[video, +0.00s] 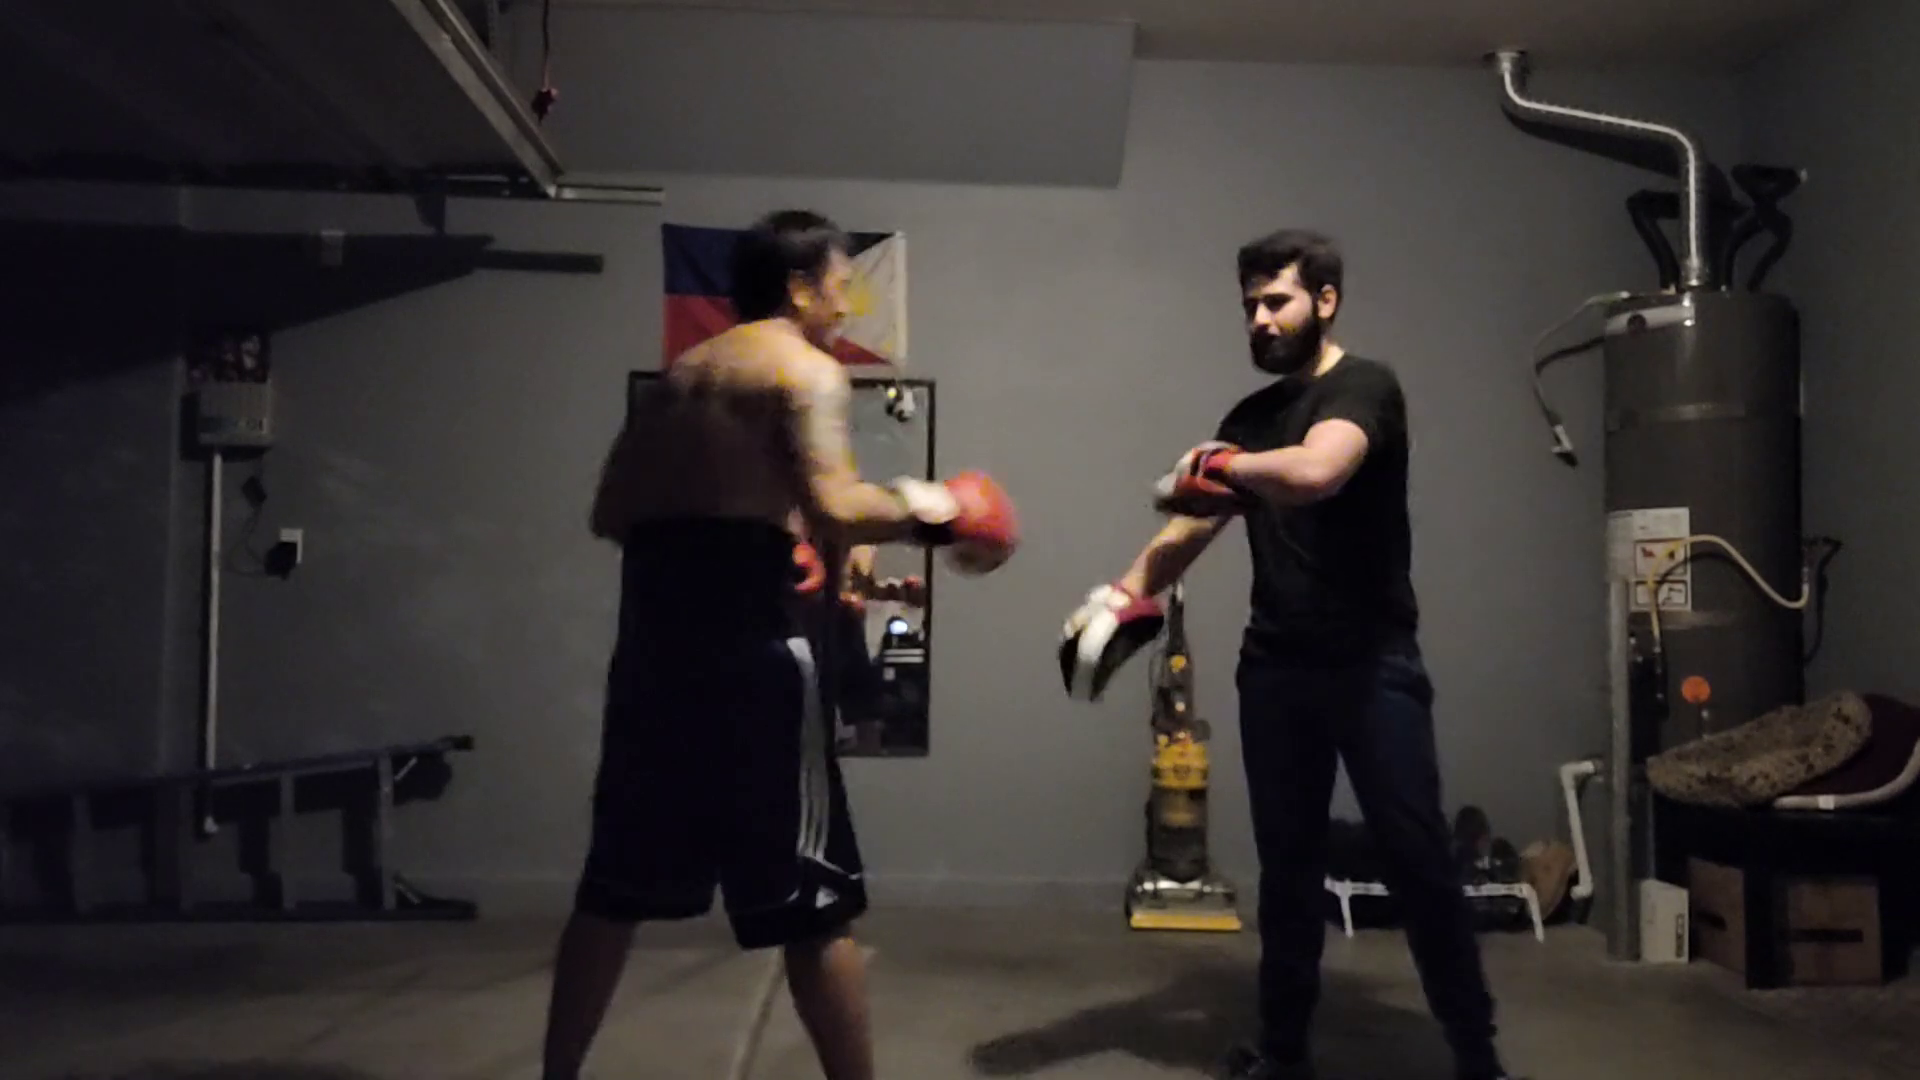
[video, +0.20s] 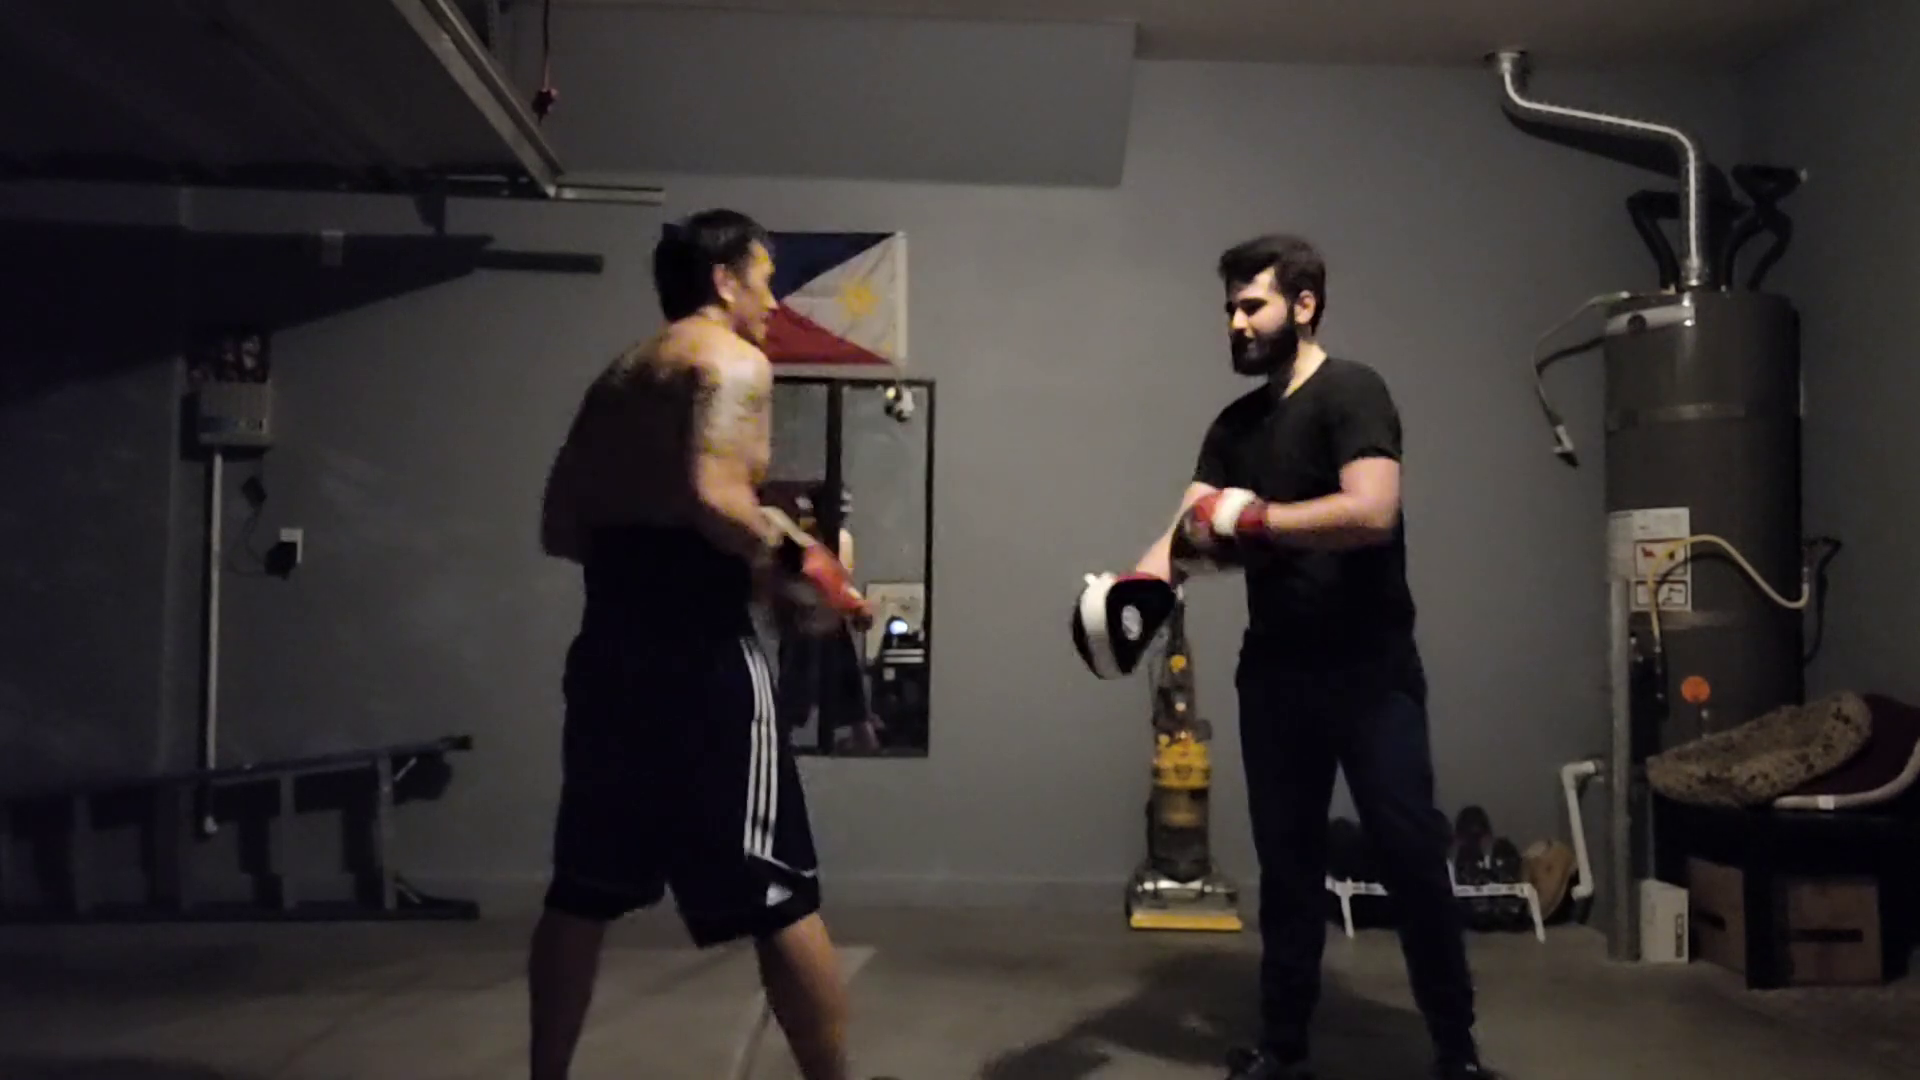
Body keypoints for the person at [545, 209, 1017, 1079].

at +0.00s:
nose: (849, 302)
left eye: (848, 284)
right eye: (841, 284)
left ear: (756, 286)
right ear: (802, 286)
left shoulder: (682, 369)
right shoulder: (806, 370)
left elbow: (613, 512)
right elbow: (837, 506)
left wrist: (753, 542)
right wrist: (935, 507)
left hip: (656, 665)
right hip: (756, 669)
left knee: (613, 885)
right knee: (814, 899)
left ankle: (558, 1070)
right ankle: (855, 1073)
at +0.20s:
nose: (773, 300)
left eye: (773, 283)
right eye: (765, 282)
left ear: (681, 286)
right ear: (722, 281)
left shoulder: (617, 375)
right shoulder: (735, 358)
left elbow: (562, 527)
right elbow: (716, 491)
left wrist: (681, 544)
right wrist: (800, 550)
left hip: (610, 651)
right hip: (707, 650)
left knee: (582, 889)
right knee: (777, 893)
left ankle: (547, 1071)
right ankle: (831, 1069)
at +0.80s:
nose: (815, 307)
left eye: (815, 291)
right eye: (810, 290)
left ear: (719, 289)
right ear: (776, 289)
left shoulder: (653, 378)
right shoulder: (781, 370)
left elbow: (613, 540)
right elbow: (778, 504)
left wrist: (769, 563)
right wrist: (864, 537)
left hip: (650, 670)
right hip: (752, 672)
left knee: (606, 892)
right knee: (831, 898)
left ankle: (557, 1072)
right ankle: (887, 1072)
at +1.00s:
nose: (908, 328)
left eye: (910, 311)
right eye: (904, 310)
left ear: (816, 299)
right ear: (869, 307)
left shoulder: (742, 369)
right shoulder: (871, 388)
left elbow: (730, 521)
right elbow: (917, 529)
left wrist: (857, 563)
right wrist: (976, 535)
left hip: (694, 650)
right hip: (803, 657)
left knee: (632, 883)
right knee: (877, 892)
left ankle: (569, 1070)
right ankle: (901, 1073)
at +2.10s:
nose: (840, 299)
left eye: (833, 283)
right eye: (833, 284)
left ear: (748, 291)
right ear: (804, 288)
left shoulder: (694, 383)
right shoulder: (828, 361)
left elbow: (708, 526)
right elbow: (933, 477)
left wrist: (843, 544)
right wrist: (940, 426)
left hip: (709, 661)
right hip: (823, 658)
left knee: (649, 892)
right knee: (951, 848)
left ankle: (583, 1071)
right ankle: (984, 1049)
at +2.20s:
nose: (889, 282)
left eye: (884, 267)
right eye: (882, 269)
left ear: (790, 280)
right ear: (851, 278)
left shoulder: (723, 375)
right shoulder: (897, 346)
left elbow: (674, 521)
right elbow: (1044, 396)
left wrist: (760, 498)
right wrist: (1029, 337)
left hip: (752, 650)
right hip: (869, 646)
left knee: (673, 878)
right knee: (966, 871)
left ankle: (596, 1067)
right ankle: (1009, 1068)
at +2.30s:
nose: (943, 277)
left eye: (938, 264)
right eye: (936, 265)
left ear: (845, 281)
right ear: (910, 274)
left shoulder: (779, 364)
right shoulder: (957, 343)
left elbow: (735, 513)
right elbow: (1094, 372)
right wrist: (1090, 322)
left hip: (794, 642)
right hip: (905, 643)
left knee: (730, 861)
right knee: (991, 880)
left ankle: (625, 1050)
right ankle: (1021, 1072)